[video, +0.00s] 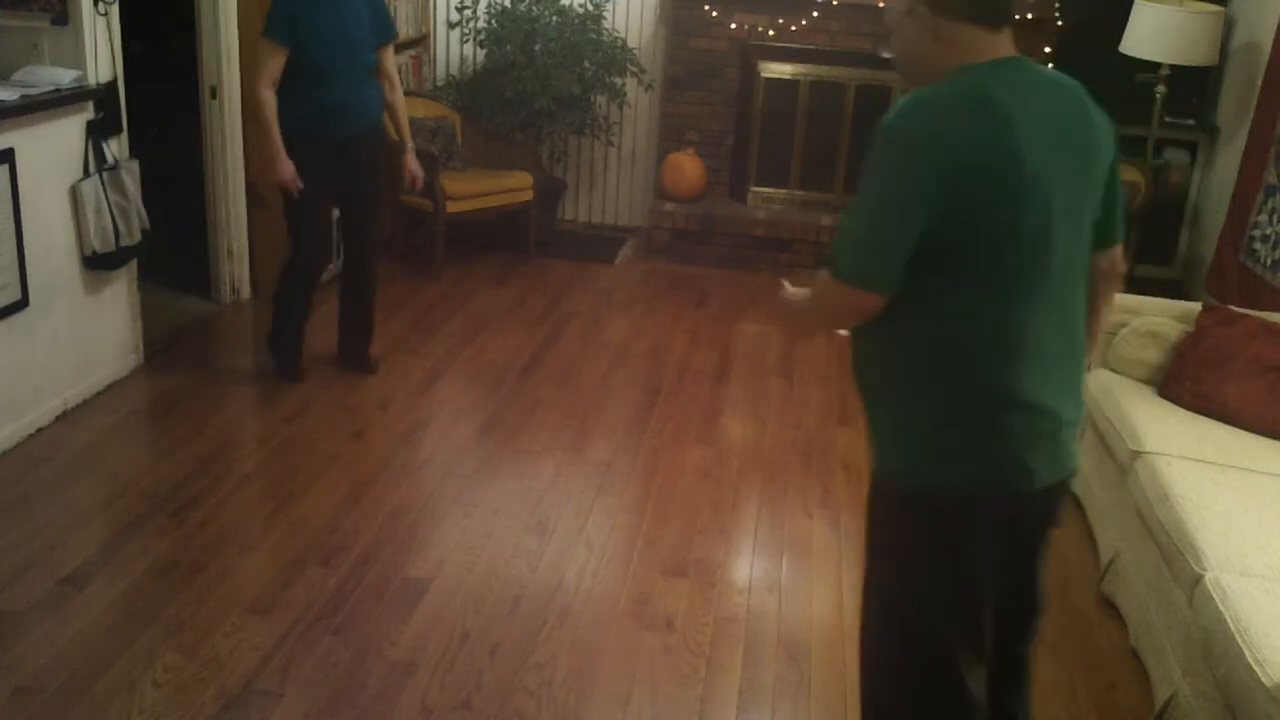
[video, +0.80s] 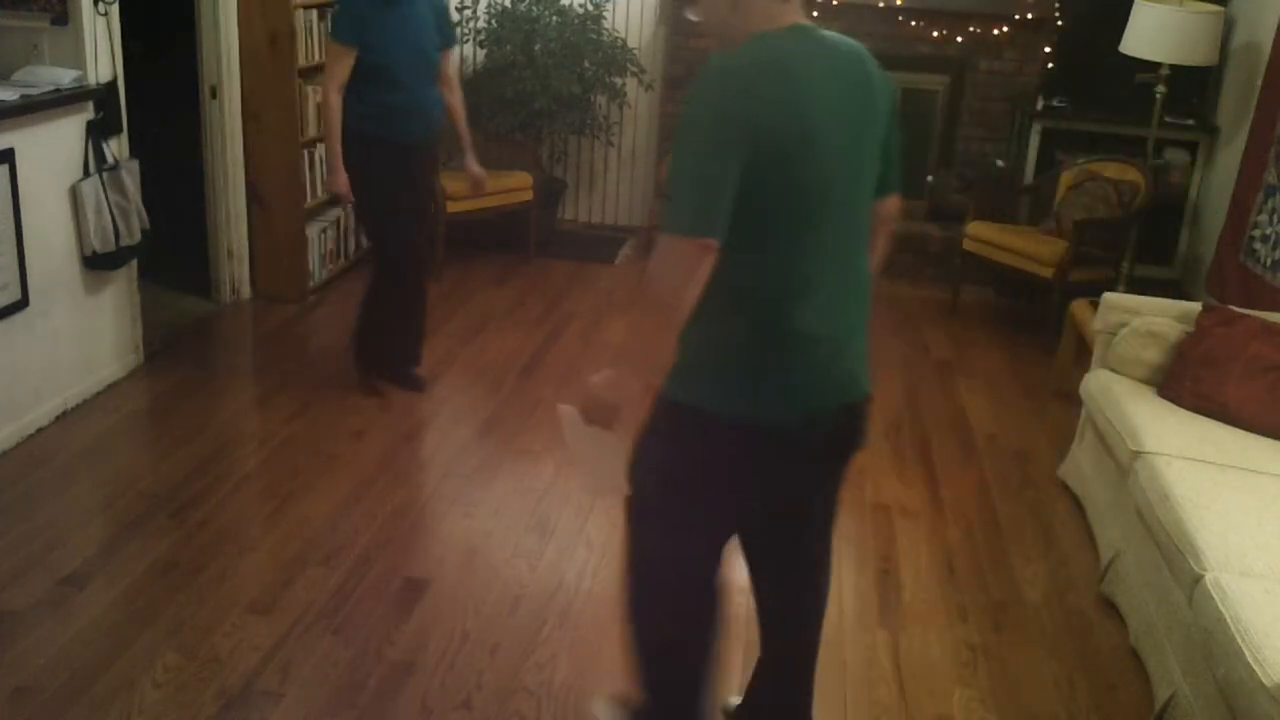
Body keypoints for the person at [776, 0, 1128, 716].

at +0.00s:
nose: (888, 35)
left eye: (893, 17)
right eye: (888, 19)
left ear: (927, 18)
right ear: (1001, 19)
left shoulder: (925, 119)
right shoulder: (1084, 113)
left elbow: (858, 294)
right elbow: (1106, 267)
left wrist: (803, 308)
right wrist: (1075, 369)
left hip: (936, 455)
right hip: (1042, 448)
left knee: (908, 660)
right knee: (1004, 647)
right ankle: (1004, 714)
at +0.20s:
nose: (840, 27)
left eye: (846, 10)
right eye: (840, 12)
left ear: (886, 11)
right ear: (952, 13)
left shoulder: (875, 107)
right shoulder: (1046, 101)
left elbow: (798, 284)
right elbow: (1074, 260)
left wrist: (744, 294)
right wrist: (1057, 380)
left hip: (905, 447)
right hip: (1004, 437)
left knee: (894, 668)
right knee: (926, 641)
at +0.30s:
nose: (819, 33)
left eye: (824, 16)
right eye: (820, 18)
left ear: (860, 12)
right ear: (927, 14)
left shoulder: (850, 108)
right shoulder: (1021, 98)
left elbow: (775, 283)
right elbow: (1053, 258)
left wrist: (728, 299)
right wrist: (1038, 379)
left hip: (884, 439)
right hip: (982, 431)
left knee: (896, 647)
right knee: (883, 614)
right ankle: (840, 704)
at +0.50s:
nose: (769, 27)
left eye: (774, 11)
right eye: (769, 14)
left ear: (804, 9)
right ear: (872, 10)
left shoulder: (798, 106)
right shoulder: (957, 94)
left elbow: (750, 282)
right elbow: (988, 251)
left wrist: (691, 367)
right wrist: (977, 363)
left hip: (828, 426)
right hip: (927, 418)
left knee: (851, 623)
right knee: (822, 609)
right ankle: (766, 712)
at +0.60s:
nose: (735, 25)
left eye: (739, 11)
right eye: (734, 13)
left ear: (776, 6)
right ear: (839, 4)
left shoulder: (776, 95)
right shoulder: (923, 80)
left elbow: (734, 269)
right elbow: (955, 228)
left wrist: (678, 377)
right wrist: (940, 341)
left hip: (801, 425)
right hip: (895, 415)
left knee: (771, 579)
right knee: (818, 588)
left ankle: (840, 705)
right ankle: (776, 704)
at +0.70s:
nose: (714, 18)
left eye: (721, 6)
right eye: (714, 8)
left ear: (756, 3)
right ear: (818, 2)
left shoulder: (755, 85)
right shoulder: (891, 71)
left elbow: (710, 257)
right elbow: (922, 218)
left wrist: (650, 381)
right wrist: (883, 326)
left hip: (765, 398)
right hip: (864, 394)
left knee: (696, 533)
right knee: (810, 574)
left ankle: (760, 700)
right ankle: (791, 705)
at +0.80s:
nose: (693, 17)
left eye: (700, 6)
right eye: (693, 9)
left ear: (734, 3)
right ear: (795, 1)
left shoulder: (730, 80)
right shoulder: (863, 69)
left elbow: (688, 248)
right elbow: (884, 213)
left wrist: (630, 376)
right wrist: (834, 312)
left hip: (723, 392)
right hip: (831, 391)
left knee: (672, 550)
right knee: (794, 572)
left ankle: (673, 701)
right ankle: (781, 704)